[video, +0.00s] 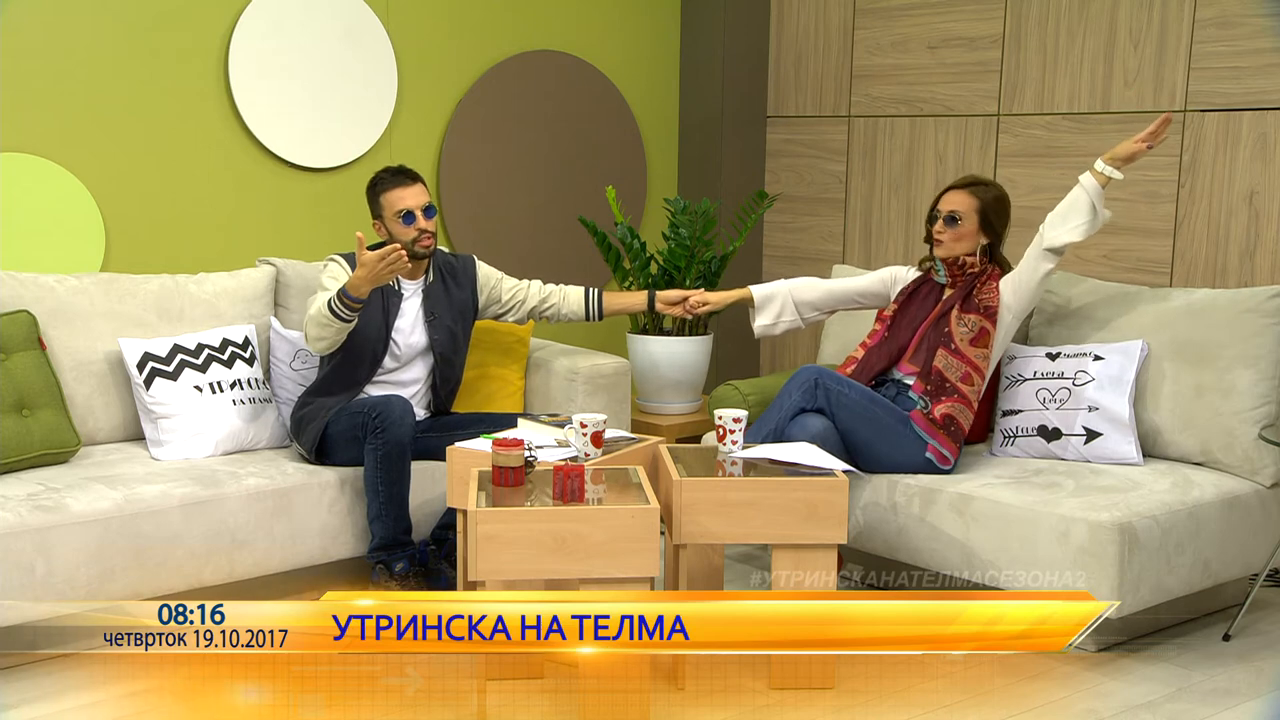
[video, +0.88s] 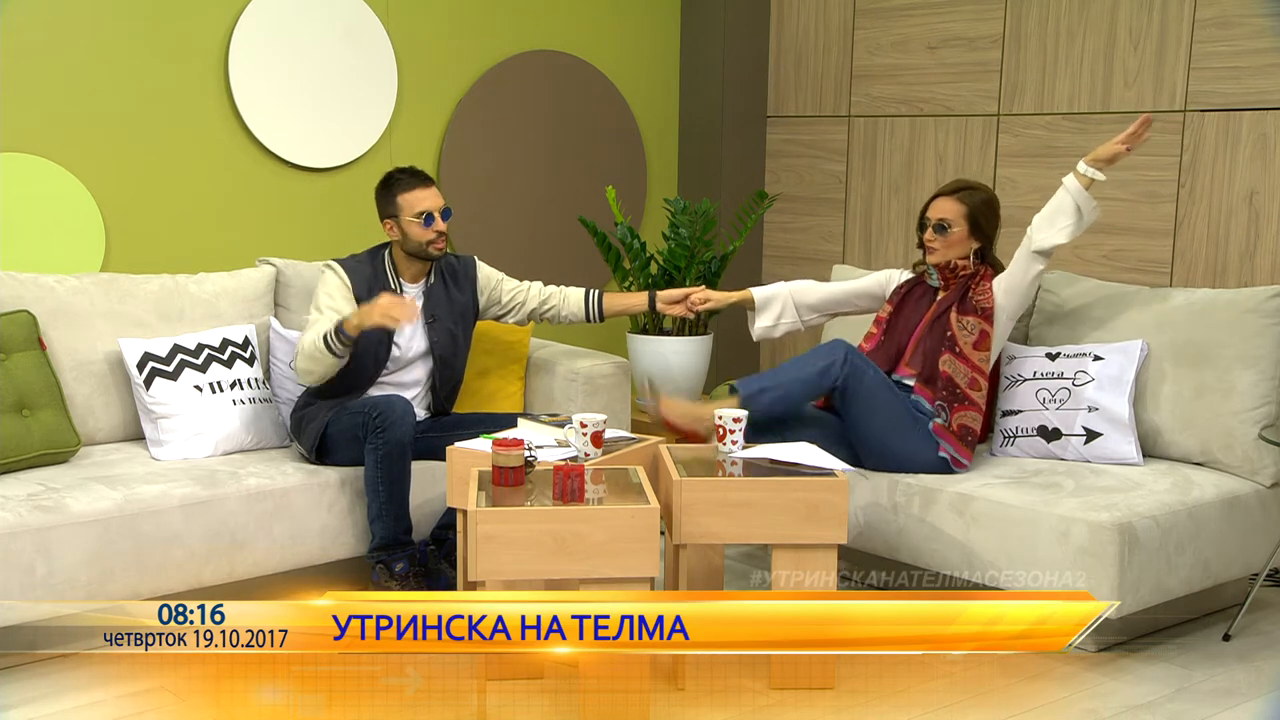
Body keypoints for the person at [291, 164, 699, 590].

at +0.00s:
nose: (422, 225)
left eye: (427, 212)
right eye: (406, 217)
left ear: (437, 214)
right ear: (379, 227)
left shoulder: (463, 275)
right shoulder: (348, 273)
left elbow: (548, 300)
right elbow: (318, 340)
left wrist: (654, 299)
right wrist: (357, 288)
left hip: (416, 421)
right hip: (331, 423)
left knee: (515, 431)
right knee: (392, 409)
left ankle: (443, 552)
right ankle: (393, 560)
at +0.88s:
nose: (440, 227)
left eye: (443, 215)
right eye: (424, 219)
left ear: (449, 216)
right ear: (390, 228)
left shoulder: (464, 276)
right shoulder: (345, 280)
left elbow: (547, 301)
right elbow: (307, 369)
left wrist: (654, 300)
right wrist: (354, 323)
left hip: (417, 421)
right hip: (331, 422)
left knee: (515, 431)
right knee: (393, 410)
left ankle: (444, 550)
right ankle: (392, 559)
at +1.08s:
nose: (442, 228)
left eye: (443, 216)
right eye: (427, 219)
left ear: (445, 217)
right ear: (389, 229)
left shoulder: (461, 276)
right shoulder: (340, 284)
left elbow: (542, 302)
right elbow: (306, 377)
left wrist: (647, 306)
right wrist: (369, 382)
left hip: (421, 421)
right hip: (335, 424)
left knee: (518, 431)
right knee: (391, 414)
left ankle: (444, 551)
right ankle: (393, 557)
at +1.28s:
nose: (443, 228)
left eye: (443, 215)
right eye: (428, 219)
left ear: (443, 215)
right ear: (389, 230)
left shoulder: (456, 275)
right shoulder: (334, 284)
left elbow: (533, 309)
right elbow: (306, 379)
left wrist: (637, 324)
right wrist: (369, 382)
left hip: (420, 420)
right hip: (333, 424)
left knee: (525, 431)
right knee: (391, 412)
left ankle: (440, 553)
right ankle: (393, 561)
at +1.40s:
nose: (439, 229)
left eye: (439, 216)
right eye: (425, 220)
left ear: (439, 215)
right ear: (386, 230)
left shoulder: (452, 276)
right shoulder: (331, 285)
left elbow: (527, 316)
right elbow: (306, 381)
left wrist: (631, 338)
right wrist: (370, 385)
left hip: (420, 422)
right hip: (332, 426)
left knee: (523, 431)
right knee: (392, 413)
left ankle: (439, 552)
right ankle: (390, 560)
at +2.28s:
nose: (390, 230)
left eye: (404, 221)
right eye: (381, 219)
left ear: (424, 231)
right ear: (370, 227)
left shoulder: (452, 282)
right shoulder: (338, 294)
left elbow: (525, 323)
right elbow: (324, 389)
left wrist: (624, 341)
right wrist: (380, 388)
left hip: (433, 419)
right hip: (350, 425)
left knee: (533, 429)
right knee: (402, 413)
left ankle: (450, 547)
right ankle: (407, 557)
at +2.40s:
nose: (392, 232)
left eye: (406, 223)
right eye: (383, 221)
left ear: (426, 232)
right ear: (372, 228)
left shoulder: (454, 283)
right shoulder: (341, 295)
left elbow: (528, 322)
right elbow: (328, 388)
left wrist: (627, 339)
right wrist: (382, 389)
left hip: (435, 419)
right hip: (353, 424)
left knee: (531, 429)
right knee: (404, 414)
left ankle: (452, 548)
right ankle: (409, 557)